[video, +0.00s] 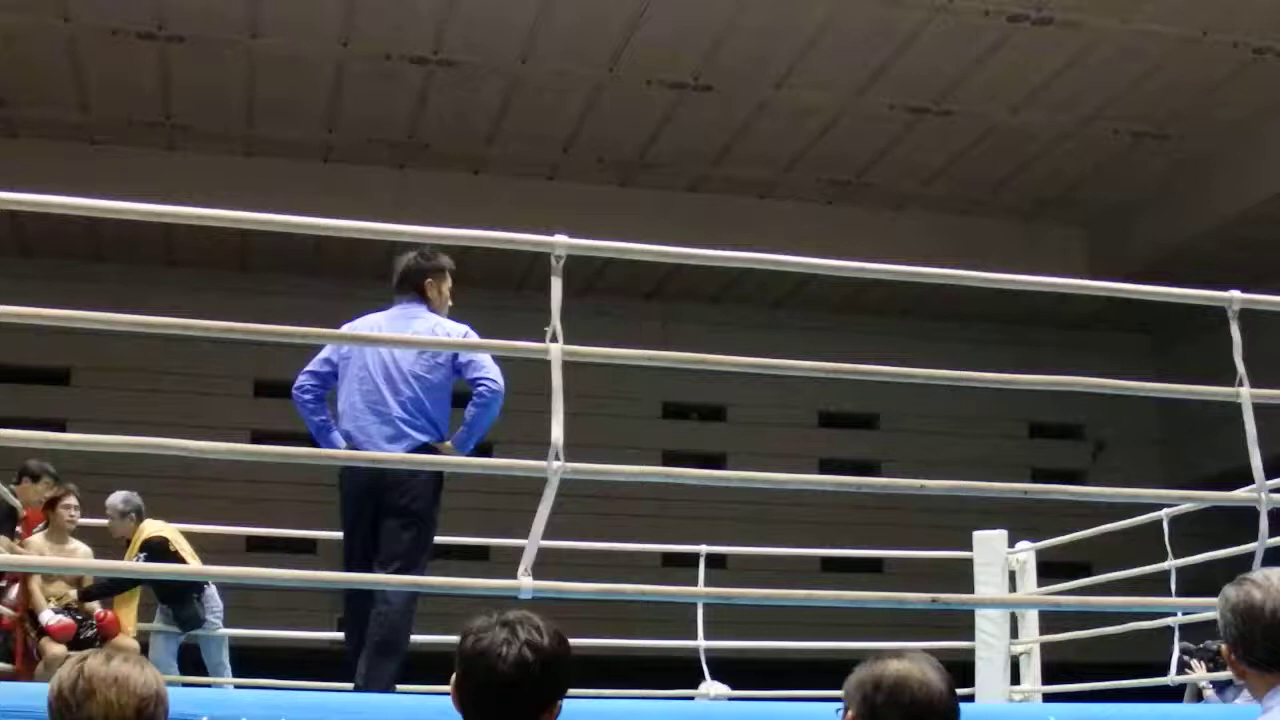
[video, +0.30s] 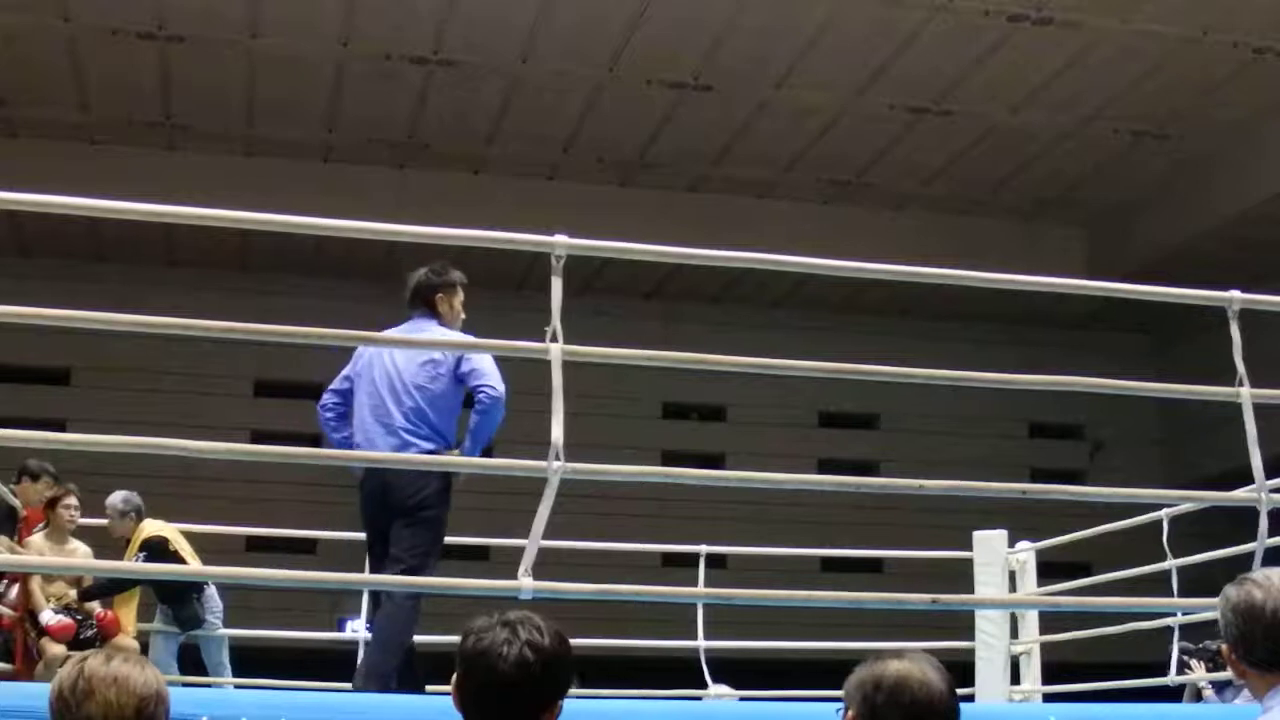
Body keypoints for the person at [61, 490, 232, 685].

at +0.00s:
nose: (108, 524)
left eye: (112, 518)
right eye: (108, 518)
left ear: (130, 519)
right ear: (130, 518)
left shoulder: (155, 539)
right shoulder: (137, 538)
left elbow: (127, 581)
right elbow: (124, 582)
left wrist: (80, 595)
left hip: (201, 601)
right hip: (170, 604)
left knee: (218, 668)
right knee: (161, 662)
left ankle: (228, 713)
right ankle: (176, 711)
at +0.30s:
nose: (108, 524)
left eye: (111, 518)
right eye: (108, 518)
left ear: (130, 519)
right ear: (130, 519)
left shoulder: (155, 539)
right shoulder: (140, 536)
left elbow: (126, 581)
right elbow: (124, 581)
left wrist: (79, 595)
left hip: (201, 601)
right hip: (170, 603)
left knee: (218, 667)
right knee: (160, 663)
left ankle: (229, 713)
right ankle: (176, 710)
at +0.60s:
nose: (107, 524)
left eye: (111, 518)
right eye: (107, 518)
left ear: (130, 518)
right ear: (130, 518)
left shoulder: (154, 539)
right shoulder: (140, 536)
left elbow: (125, 581)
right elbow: (122, 579)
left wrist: (79, 595)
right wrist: (85, 591)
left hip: (202, 600)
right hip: (171, 603)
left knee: (218, 666)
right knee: (161, 661)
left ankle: (230, 713)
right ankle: (175, 710)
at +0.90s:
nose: (107, 524)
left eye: (110, 518)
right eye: (107, 518)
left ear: (130, 518)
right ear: (129, 518)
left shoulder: (154, 539)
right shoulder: (139, 537)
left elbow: (124, 581)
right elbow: (119, 579)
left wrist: (78, 596)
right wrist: (83, 591)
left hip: (201, 600)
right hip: (171, 603)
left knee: (218, 666)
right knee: (160, 661)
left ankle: (230, 714)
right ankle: (174, 710)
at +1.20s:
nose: (107, 524)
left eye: (110, 518)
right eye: (106, 518)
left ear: (129, 517)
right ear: (127, 517)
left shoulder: (153, 540)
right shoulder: (135, 538)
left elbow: (127, 580)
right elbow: (122, 579)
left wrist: (80, 595)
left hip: (201, 600)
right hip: (170, 603)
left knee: (217, 665)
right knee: (160, 660)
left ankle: (230, 711)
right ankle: (173, 710)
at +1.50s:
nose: (107, 525)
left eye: (110, 519)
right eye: (107, 519)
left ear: (129, 517)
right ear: (126, 517)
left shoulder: (153, 539)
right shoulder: (136, 537)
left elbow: (126, 580)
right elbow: (122, 579)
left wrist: (80, 595)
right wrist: (85, 593)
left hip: (201, 600)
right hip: (171, 603)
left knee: (218, 665)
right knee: (160, 660)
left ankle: (230, 711)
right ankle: (173, 711)